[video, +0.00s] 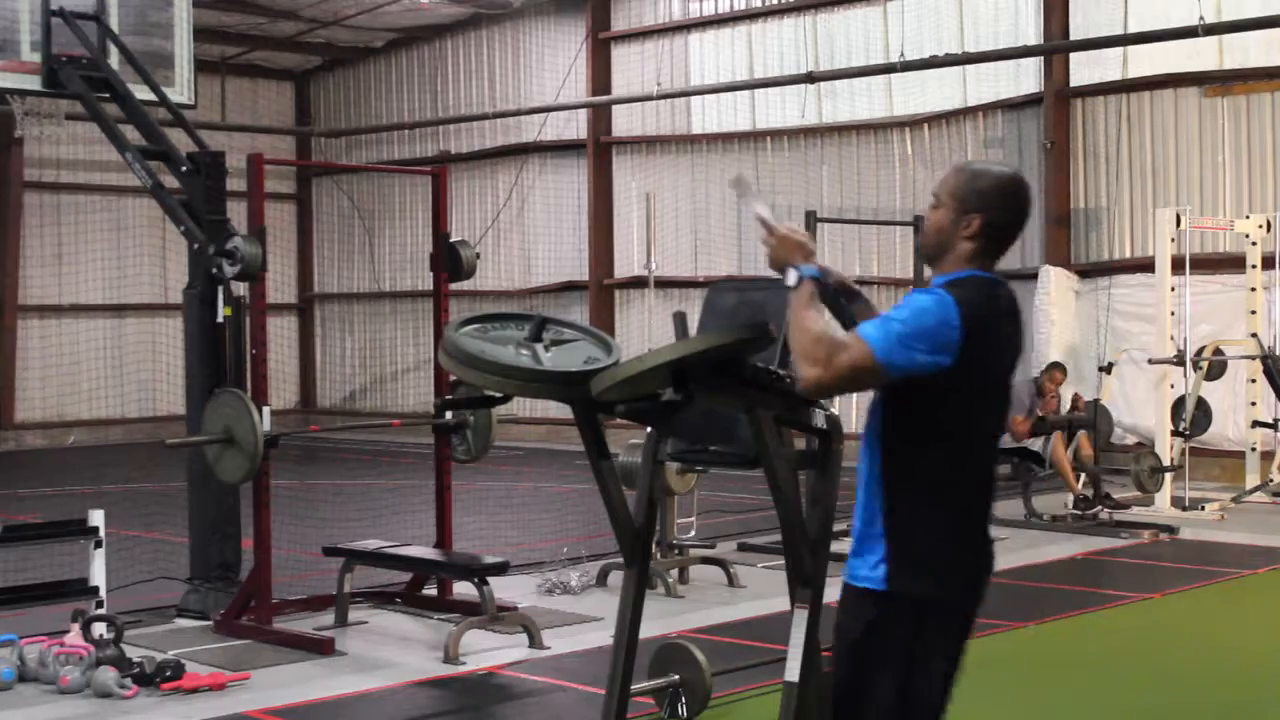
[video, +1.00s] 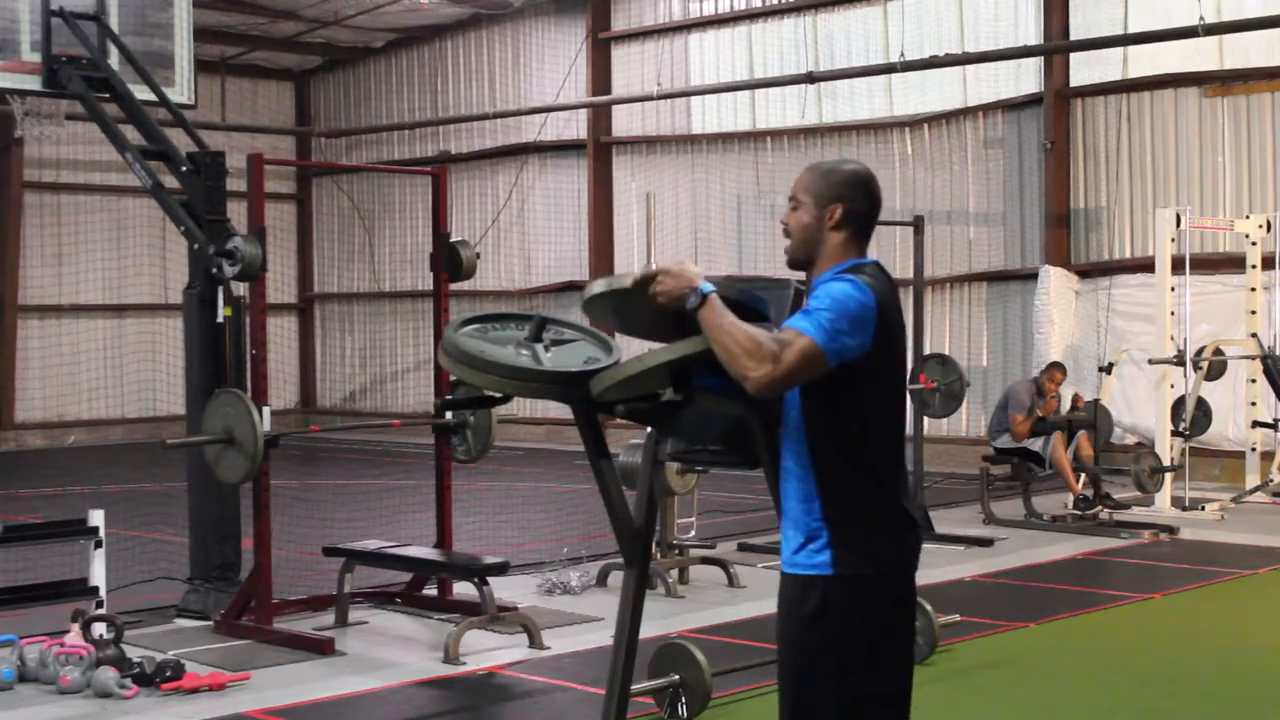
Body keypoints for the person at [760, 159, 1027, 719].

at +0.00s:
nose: (922, 215)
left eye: (935, 205)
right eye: (930, 202)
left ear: (971, 227)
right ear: (977, 231)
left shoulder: (947, 309)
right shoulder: (992, 304)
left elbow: (820, 366)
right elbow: (903, 359)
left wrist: (799, 272)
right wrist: (845, 296)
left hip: (900, 575)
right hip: (946, 566)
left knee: (869, 706)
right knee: (910, 707)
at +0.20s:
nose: (886, 218)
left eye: (898, 208)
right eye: (893, 205)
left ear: (934, 228)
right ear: (937, 233)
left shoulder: (921, 308)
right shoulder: (946, 301)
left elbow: (800, 361)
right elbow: (842, 336)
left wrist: (767, 269)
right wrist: (772, 279)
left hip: (871, 570)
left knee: (837, 707)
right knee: (884, 706)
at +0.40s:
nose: (849, 216)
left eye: (863, 206)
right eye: (856, 204)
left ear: (899, 224)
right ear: (901, 228)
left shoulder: (896, 301)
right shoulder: (904, 297)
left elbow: (788, 362)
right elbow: (809, 348)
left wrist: (739, 278)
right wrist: (731, 295)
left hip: (854, 570)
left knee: (787, 707)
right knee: (860, 708)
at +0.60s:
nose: (816, 213)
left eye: (827, 202)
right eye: (822, 201)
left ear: (863, 219)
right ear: (868, 223)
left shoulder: (870, 297)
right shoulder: (879, 291)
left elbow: (774, 364)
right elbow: (791, 350)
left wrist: (715, 283)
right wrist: (717, 288)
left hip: (844, 561)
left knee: (819, 707)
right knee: (859, 706)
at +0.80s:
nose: (793, 215)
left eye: (806, 203)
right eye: (798, 202)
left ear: (844, 217)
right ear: (846, 219)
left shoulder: (857, 296)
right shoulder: (848, 289)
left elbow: (766, 369)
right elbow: (777, 350)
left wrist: (701, 293)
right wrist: (702, 298)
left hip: (845, 559)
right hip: (834, 550)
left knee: (827, 707)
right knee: (824, 703)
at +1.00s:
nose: (783, 218)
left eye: (795, 206)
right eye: (787, 205)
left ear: (834, 217)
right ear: (838, 219)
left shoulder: (850, 295)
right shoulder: (844, 288)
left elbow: (764, 368)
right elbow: (775, 351)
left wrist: (698, 293)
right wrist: (700, 299)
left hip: (840, 565)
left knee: (824, 708)